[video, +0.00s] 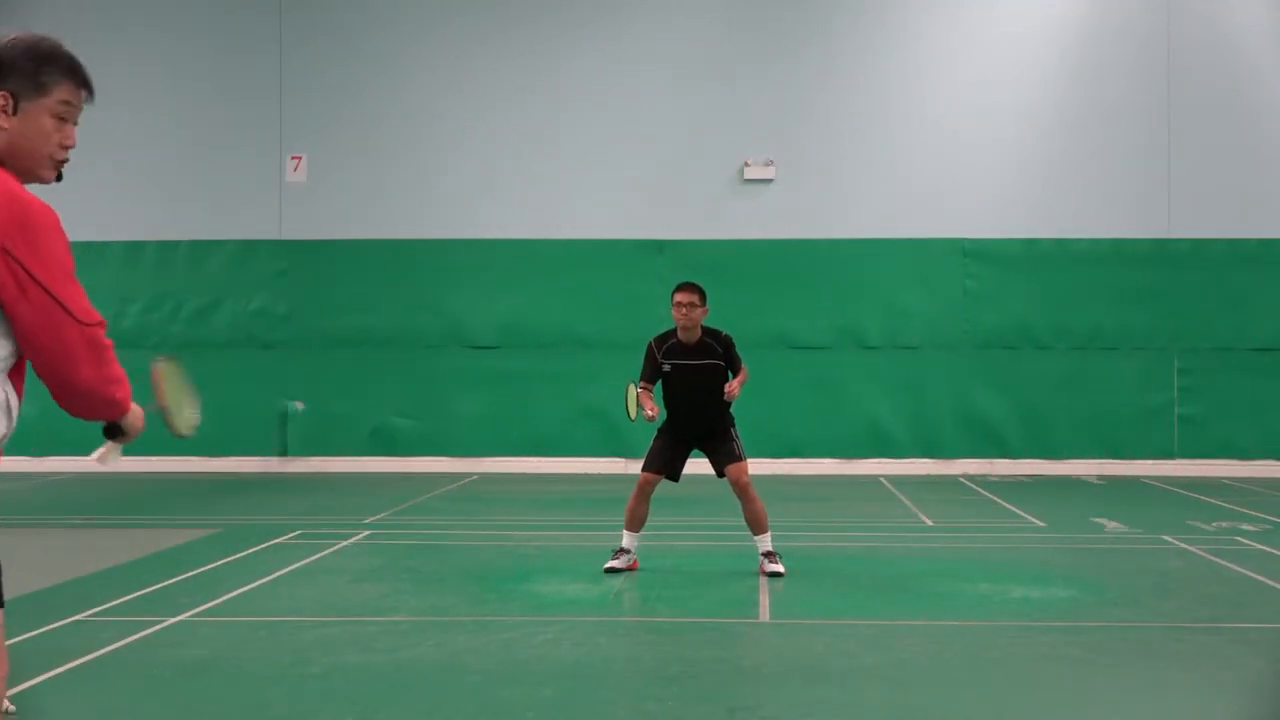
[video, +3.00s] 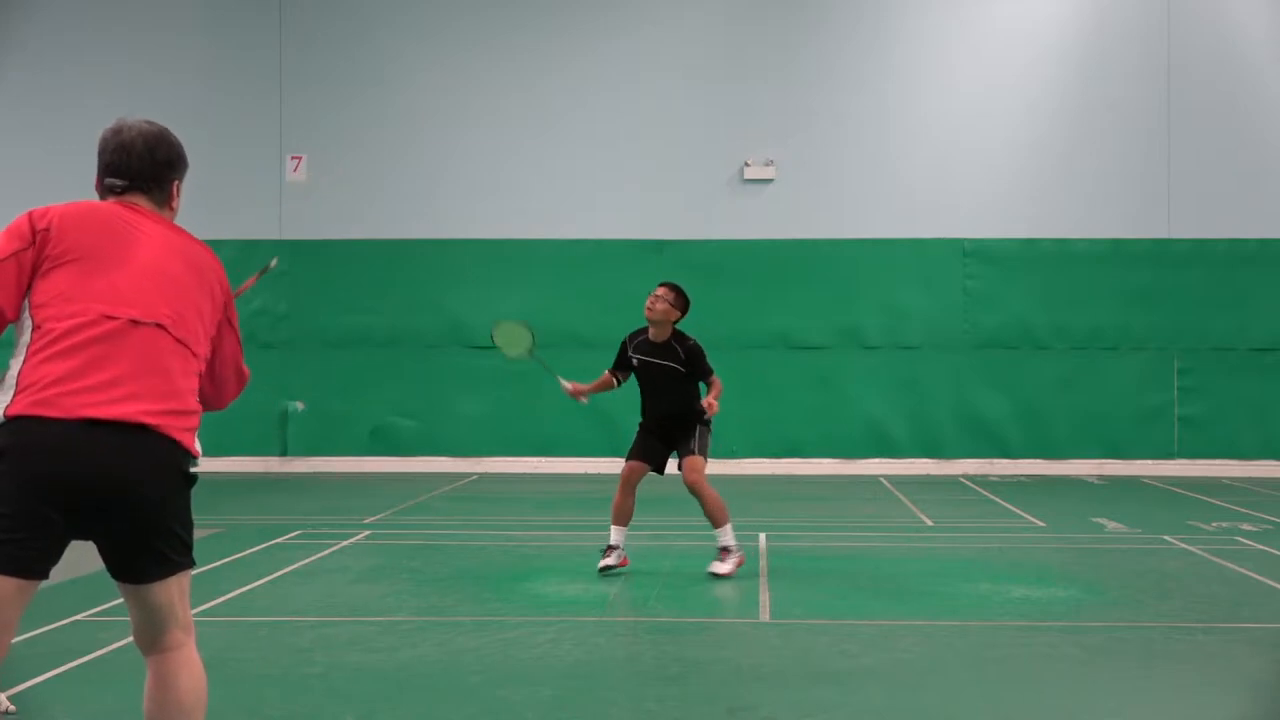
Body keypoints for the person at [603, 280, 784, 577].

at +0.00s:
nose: (684, 311)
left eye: (691, 306)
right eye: (679, 306)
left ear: (704, 311)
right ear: (672, 310)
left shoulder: (721, 342)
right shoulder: (659, 346)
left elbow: (741, 371)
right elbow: (645, 387)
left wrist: (736, 384)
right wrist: (649, 404)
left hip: (717, 425)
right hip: (676, 426)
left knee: (742, 482)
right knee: (645, 482)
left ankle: (767, 552)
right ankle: (627, 551)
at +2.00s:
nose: (677, 334)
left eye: (684, 328)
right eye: (672, 328)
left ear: (697, 332)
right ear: (666, 331)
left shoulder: (716, 358)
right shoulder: (656, 363)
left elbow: (740, 382)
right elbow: (638, 398)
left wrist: (737, 398)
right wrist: (640, 412)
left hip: (716, 434)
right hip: (674, 435)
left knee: (741, 484)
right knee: (640, 483)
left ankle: (767, 553)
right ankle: (626, 551)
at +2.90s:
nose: (661, 311)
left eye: (671, 309)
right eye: (660, 306)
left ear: (684, 322)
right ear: (653, 312)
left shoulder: (696, 354)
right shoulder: (639, 352)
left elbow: (721, 387)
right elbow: (622, 392)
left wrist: (722, 404)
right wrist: (604, 412)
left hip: (696, 431)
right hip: (658, 431)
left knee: (718, 488)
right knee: (635, 481)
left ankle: (762, 548)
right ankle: (620, 553)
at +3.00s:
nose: (652, 301)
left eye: (661, 300)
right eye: (652, 296)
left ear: (675, 314)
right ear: (647, 303)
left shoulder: (687, 347)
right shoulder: (634, 342)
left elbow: (714, 382)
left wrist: (711, 398)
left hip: (690, 422)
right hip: (654, 423)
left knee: (693, 478)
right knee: (628, 476)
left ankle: (730, 550)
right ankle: (615, 549)